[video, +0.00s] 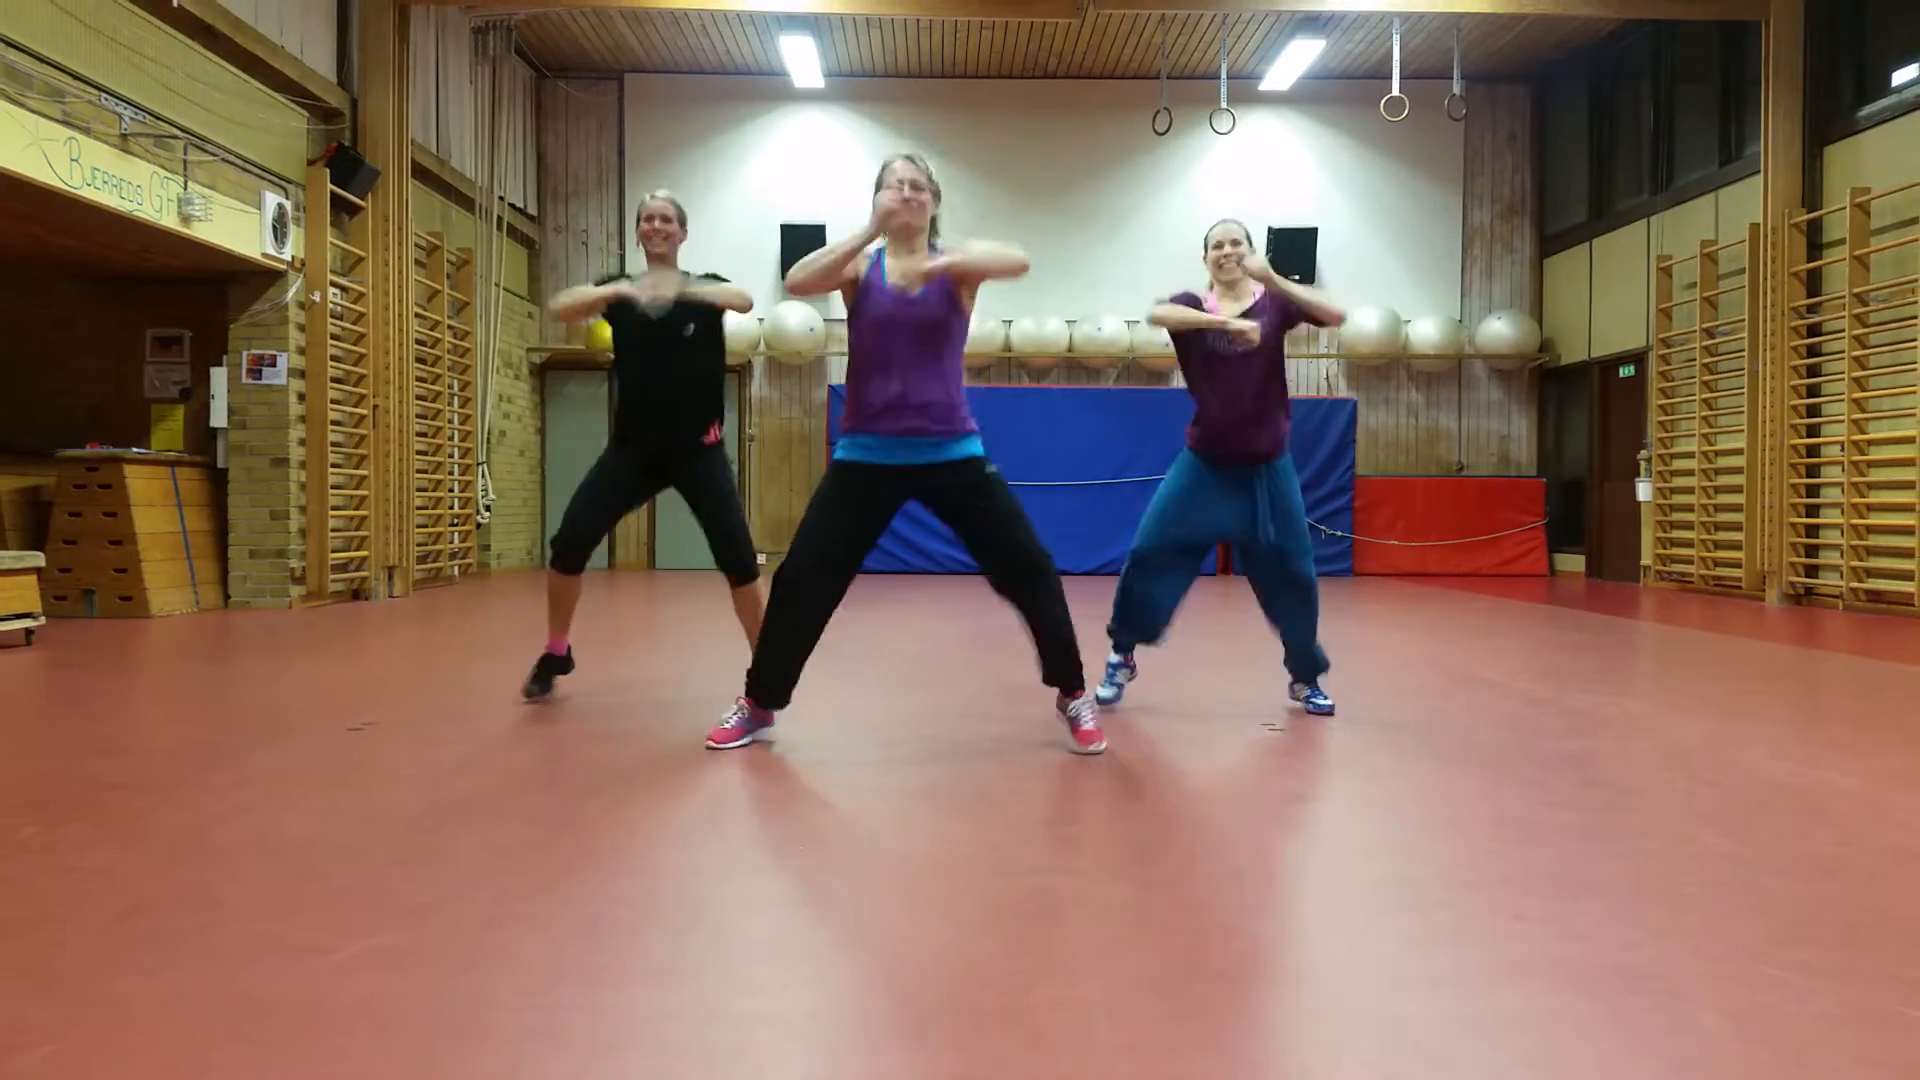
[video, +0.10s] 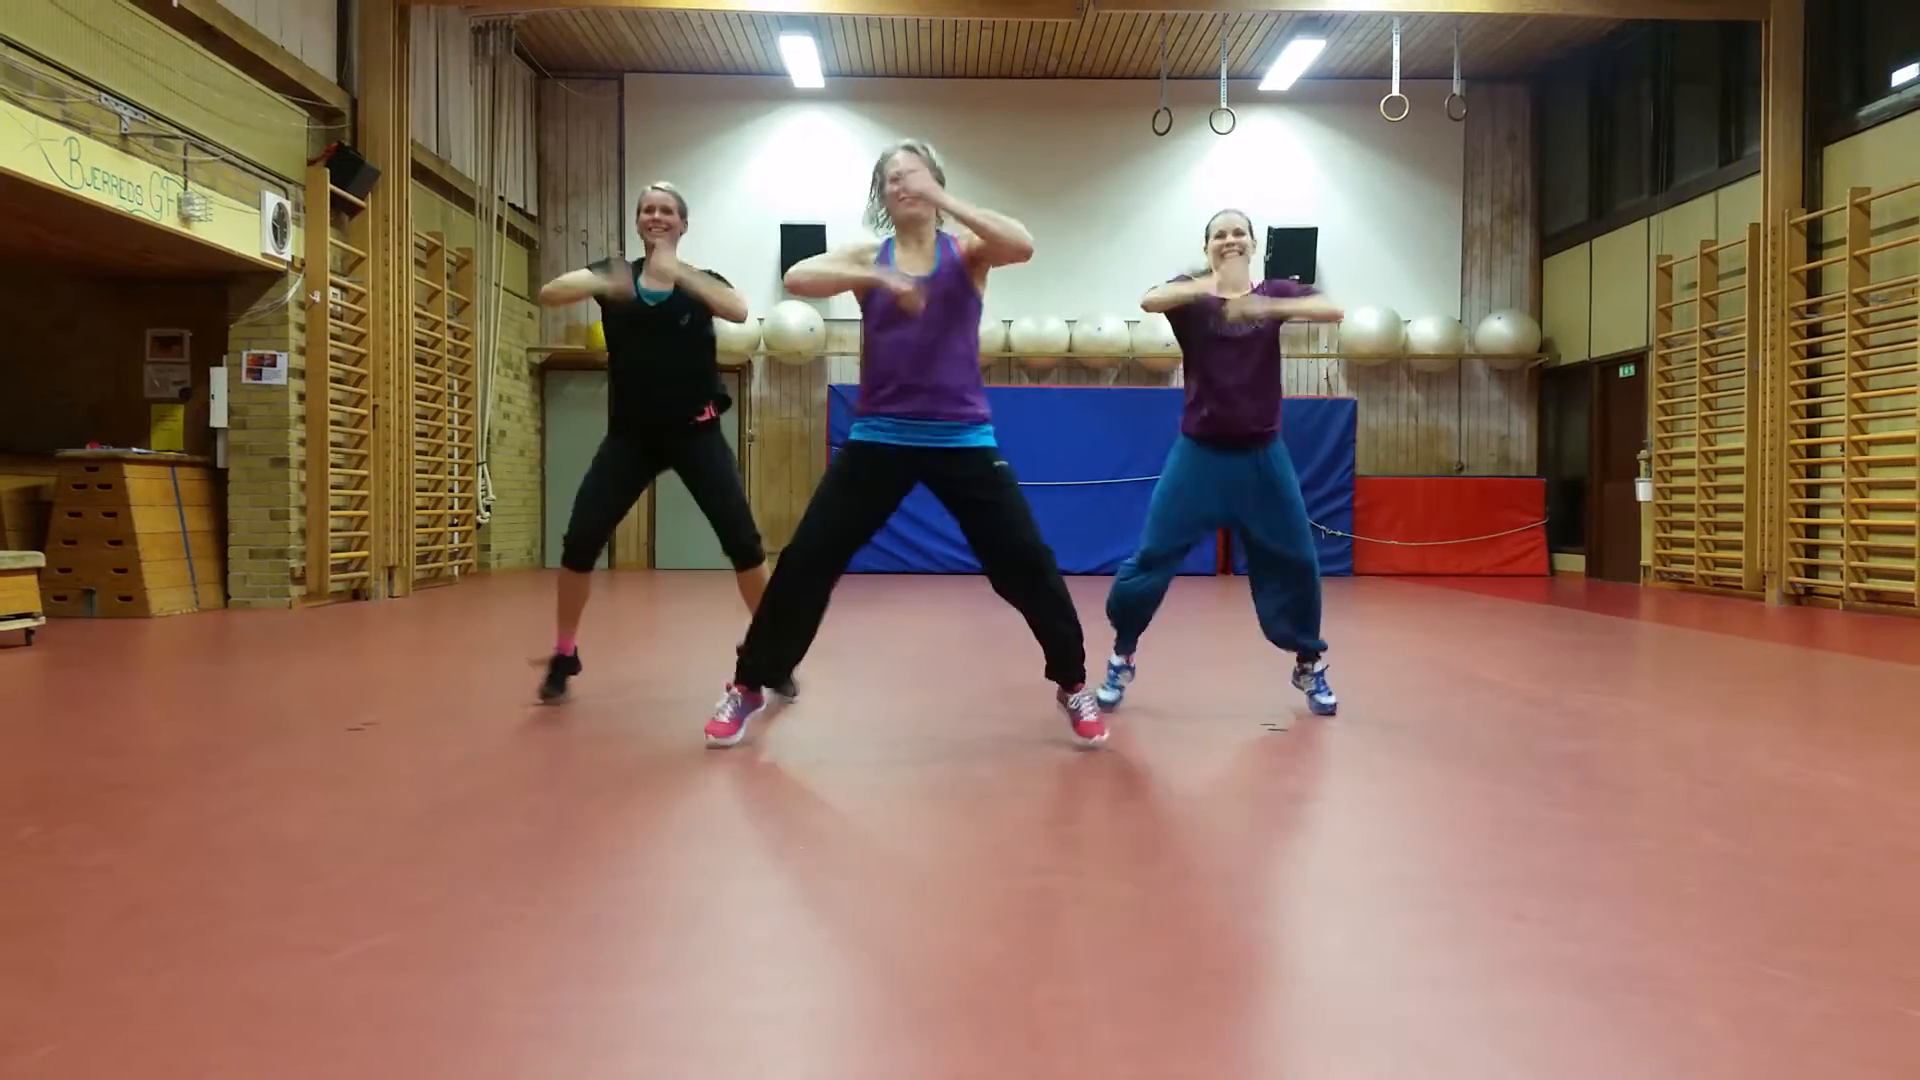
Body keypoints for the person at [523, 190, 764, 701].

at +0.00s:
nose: (656, 227)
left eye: (666, 220)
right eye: (648, 219)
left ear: (682, 232)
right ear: (636, 231)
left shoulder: (703, 287)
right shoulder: (618, 291)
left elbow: (744, 301)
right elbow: (558, 307)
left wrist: (681, 290)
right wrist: (617, 292)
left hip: (698, 452)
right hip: (633, 451)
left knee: (740, 562)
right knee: (568, 544)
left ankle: (767, 670)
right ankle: (556, 653)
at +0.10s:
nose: (655, 217)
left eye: (666, 210)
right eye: (647, 209)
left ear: (683, 222)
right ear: (637, 221)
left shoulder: (702, 278)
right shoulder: (613, 274)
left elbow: (739, 309)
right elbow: (548, 293)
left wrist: (678, 275)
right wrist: (600, 283)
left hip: (696, 433)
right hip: (631, 435)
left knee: (744, 541)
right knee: (580, 539)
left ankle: (774, 654)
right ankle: (564, 655)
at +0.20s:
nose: (658, 229)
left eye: (667, 223)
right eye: (649, 222)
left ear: (683, 237)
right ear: (637, 236)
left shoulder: (702, 295)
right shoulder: (616, 294)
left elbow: (744, 320)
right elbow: (557, 298)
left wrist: (679, 329)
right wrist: (614, 267)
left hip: (688, 448)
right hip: (623, 448)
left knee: (750, 539)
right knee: (597, 560)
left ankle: (776, 653)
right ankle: (574, 668)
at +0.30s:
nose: (663, 231)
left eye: (672, 224)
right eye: (654, 224)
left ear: (687, 238)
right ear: (641, 238)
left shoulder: (710, 298)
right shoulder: (617, 294)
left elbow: (753, 319)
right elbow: (553, 309)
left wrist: (694, 291)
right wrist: (621, 308)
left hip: (697, 456)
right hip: (630, 455)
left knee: (743, 564)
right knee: (590, 565)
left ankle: (765, 669)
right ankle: (574, 668)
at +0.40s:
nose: (663, 215)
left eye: (672, 208)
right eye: (654, 208)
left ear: (688, 222)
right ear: (641, 222)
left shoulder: (713, 279)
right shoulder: (623, 281)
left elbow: (756, 299)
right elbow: (557, 301)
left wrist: (692, 275)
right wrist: (596, 267)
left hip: (701, 443)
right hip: (636, 441)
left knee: (743, 552)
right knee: (582, 540)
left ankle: (771, 660)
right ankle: (571, 652)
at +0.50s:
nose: (662, 217)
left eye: (672, 209)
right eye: (653, 210)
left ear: (687, 222)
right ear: (641, 222)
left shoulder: (709, 281)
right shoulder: (620, 278)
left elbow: (758, 306)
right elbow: (559, 287)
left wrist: (700, 303)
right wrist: (620, 258)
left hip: (697, 435)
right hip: (630, 435)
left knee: (750, 536)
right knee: (588, 546)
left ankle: (777, 651)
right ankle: (569, 661)